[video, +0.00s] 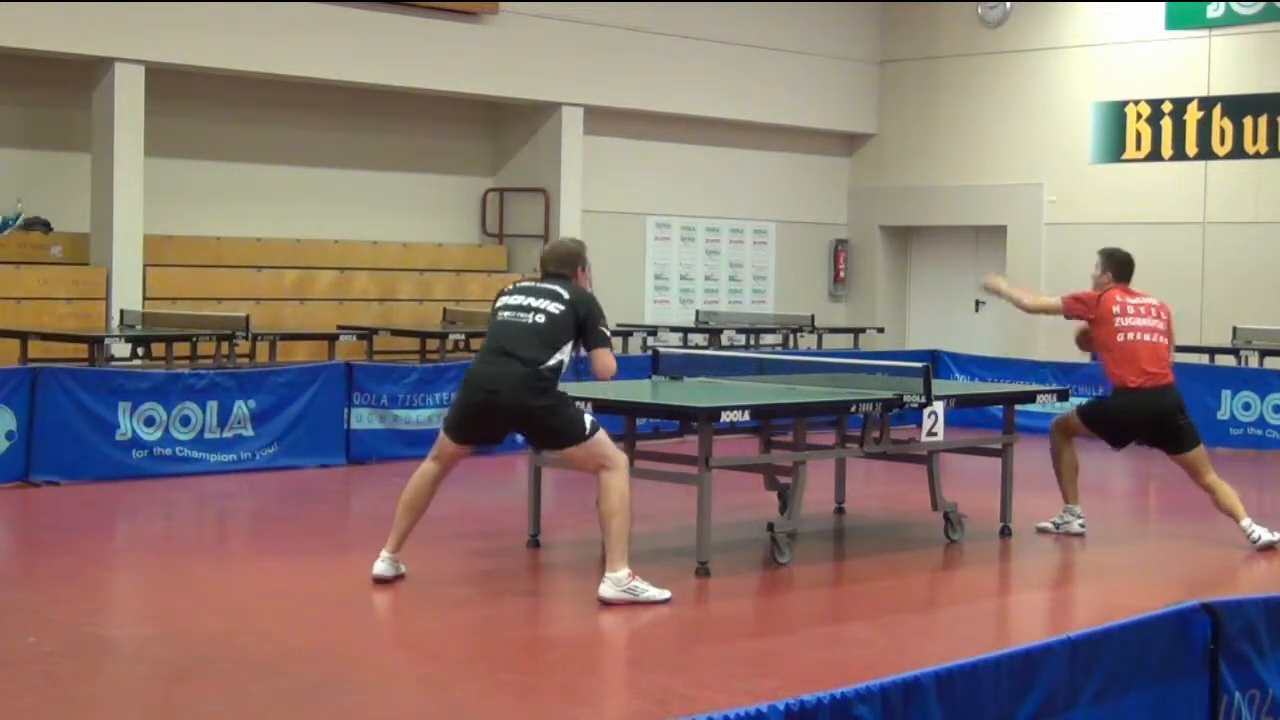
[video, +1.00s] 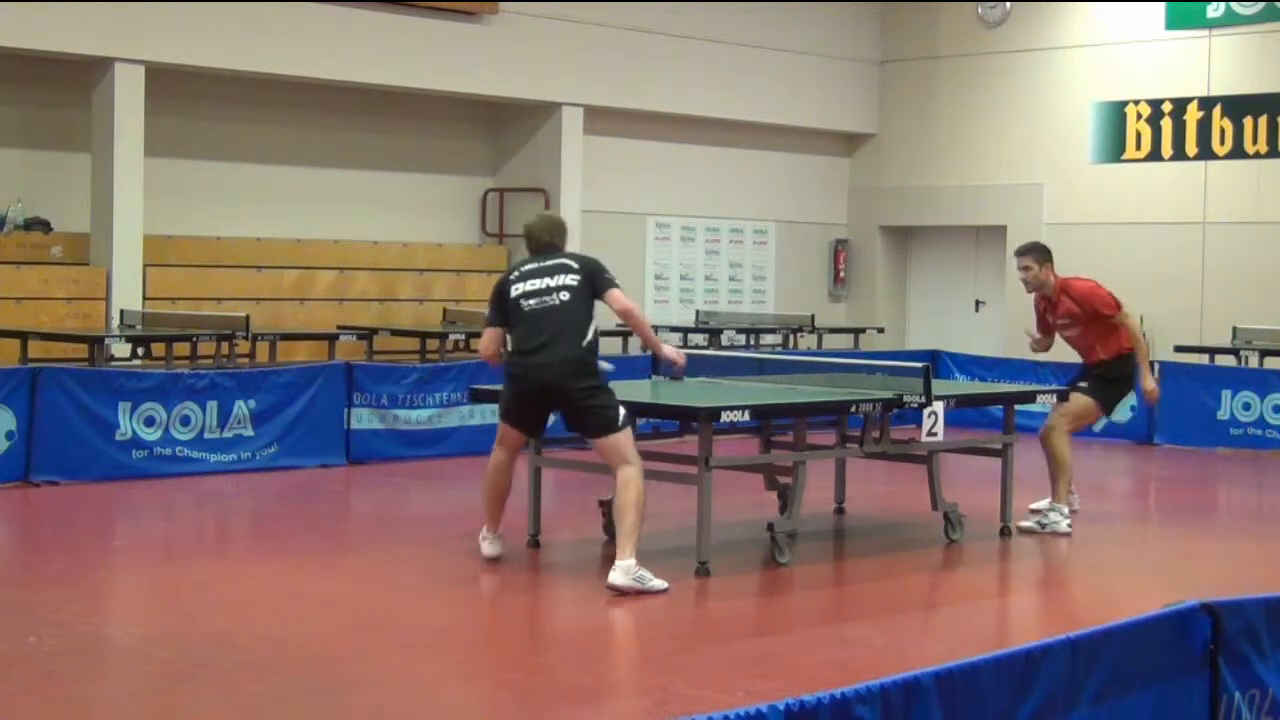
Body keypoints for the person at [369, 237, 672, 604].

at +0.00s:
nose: (589, 277)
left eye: (587, 271)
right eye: (588, 271)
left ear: (543, 270)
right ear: (579, 273)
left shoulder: (511, 291)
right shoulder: (581, 299)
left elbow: (500, 338)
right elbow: (604, 369)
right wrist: (599, 343)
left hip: (478, 387)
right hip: (532, 393)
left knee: (437, 462)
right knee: (613, 464)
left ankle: (387, 556)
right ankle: (618, 576)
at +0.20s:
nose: (592, 284)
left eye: (591, 277)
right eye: (591, 277)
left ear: (547, 276)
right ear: (582, 279)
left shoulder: (515, 298)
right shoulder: (583, 307)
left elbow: (500, 346)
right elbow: (607, 376)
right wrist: (614, 375)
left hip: (479, 399)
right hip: (533, 404)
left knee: (438, 466)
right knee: (620, 468)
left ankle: (387, 557)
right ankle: (617, 576)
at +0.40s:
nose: (595, 247)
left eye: (594, 242)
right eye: (594, 241)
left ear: (548, 244)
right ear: (585, 243)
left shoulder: (519, 272)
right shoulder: (591, 275)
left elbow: (487, 337)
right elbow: (608, 329)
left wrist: (525, 340)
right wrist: (625, 353)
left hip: (502, 374)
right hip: (553, 379)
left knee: (459, 450)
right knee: (627, 459)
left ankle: (408, 536)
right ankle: (621, 562)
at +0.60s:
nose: (593, 247)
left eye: (590, 242)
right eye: (592, 242)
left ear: (547, 245)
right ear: (584, 244)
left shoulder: (520, 272)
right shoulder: (595, 273)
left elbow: (481, 339)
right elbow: (625, 332)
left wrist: (506, 339)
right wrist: (632, 354)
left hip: (509, 373)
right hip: (562, 374)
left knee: (482, 455)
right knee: (634, 458)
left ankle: (454, 552)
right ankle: (627, 565)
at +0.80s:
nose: (590, 249)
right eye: (588, 243)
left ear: (545, 248)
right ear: (583, 246)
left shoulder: (524, 282)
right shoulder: (600, 278)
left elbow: (497, 352)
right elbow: (638, 338)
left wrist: (526, 364)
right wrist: (644, 362)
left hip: (528, 390)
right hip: (582, 391)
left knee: (497, 454)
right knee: (640, 469)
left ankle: (462, 546)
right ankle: (626, 567)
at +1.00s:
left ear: (527, 246)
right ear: (564, 243)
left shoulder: (508, 281)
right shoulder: (584, 266)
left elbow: (488, 351)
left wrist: (513, 353)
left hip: (526, 378)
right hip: (577, 375)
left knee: (504, 449)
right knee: (627, 464)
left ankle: (490, 536)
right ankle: (626, 564)